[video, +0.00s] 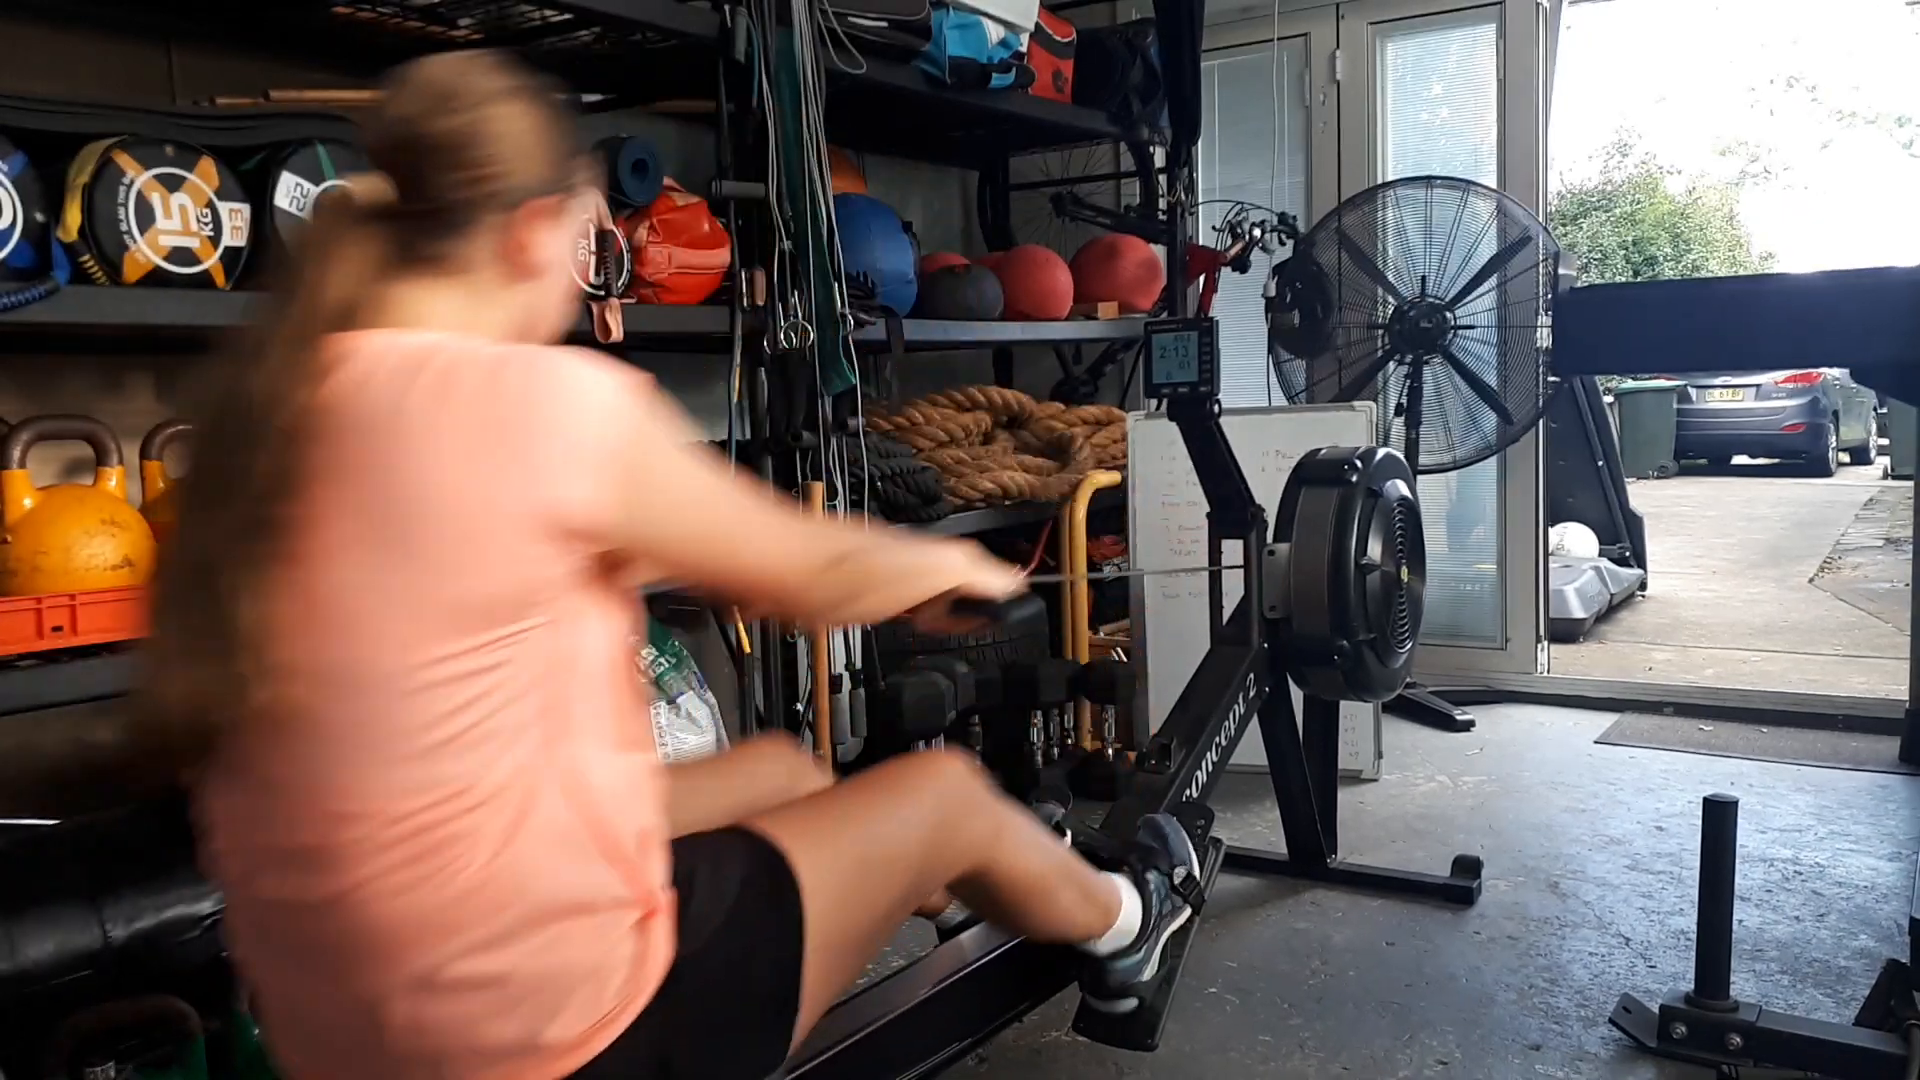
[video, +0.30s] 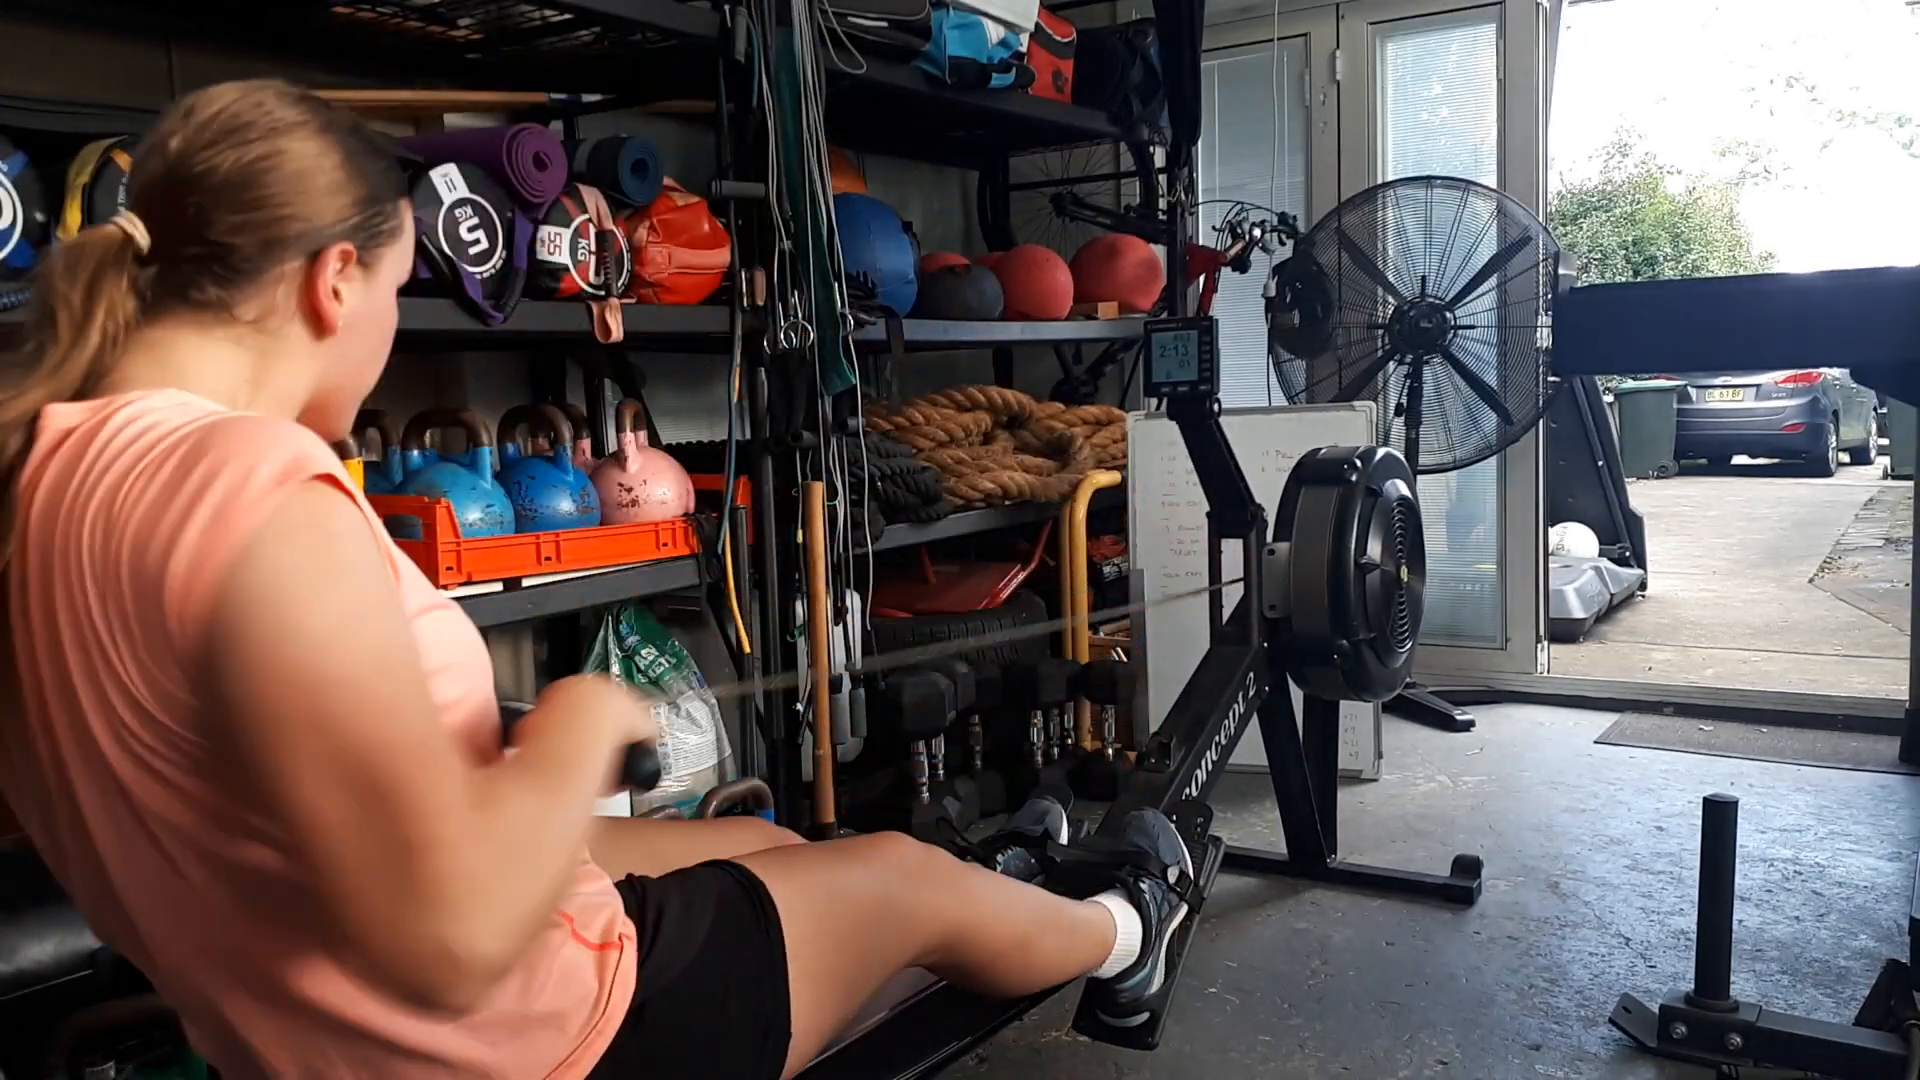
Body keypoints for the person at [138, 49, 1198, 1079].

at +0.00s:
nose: (594, 264)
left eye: (595, 234)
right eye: (587, 232)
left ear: (393, 219)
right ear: (529, 231)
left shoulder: (283, 399)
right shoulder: (553, 407)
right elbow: (816, 581)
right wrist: (948, 560)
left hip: (336, 1028)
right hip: (564, 1029)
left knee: (785, 762)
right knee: (945, 788)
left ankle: (913, 898)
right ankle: (1120, 926)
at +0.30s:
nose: (392, 338)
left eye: (401, 299)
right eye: (395, 297)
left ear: (157, 269)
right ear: (327, 286)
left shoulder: (46, 458)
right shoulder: (259, 511)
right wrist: (588, 715)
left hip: (302, 1025)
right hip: (508, 1039)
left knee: (736, 836)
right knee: (898, 876)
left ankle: (867, 970)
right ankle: (1112, 940)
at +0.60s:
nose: (554, 258)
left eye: (556, 222)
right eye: (552, 220)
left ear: (340, 216)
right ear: (495, 223)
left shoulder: (221, 405)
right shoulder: (493, 401)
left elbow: (193, 779)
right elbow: (787, 744)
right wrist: (825, 660)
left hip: (307, 1032)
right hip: (539, 1031)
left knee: (780, 802)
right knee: (927, 845)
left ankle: (865, 986)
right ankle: (1120, 951)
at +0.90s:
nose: (837, 272)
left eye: (831, 249)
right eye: (833, 250)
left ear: (666, 255)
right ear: (807, 260)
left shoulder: (578, 403)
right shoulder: (836, 416)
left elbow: (670, 580)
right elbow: (1052, 594)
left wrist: (865, 597)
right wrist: (1121, 602)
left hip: (499, 990)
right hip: (714, 997)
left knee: (815, 640)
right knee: (1011, 677)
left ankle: (926, 897)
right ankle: (1123, 959)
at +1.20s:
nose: (990, 305)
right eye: (987, 289)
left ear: (851, 308)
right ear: (973, 305)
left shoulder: (781, 419)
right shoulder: (1007, 428)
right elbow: (1169, 555)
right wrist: (1241, 579)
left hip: (681, 898)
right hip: (889, 915)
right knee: (1080, 585)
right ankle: (1110, 945)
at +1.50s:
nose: (953, 297)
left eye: (946, 276)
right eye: (949, 278)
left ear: (807, 299)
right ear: (931, 294)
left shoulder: (753, 415)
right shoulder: (993, 415)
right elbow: (1125, 556)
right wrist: (1209, 573)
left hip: (642, 914)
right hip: (848, 928)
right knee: (1066, 597)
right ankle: (1117, 951)